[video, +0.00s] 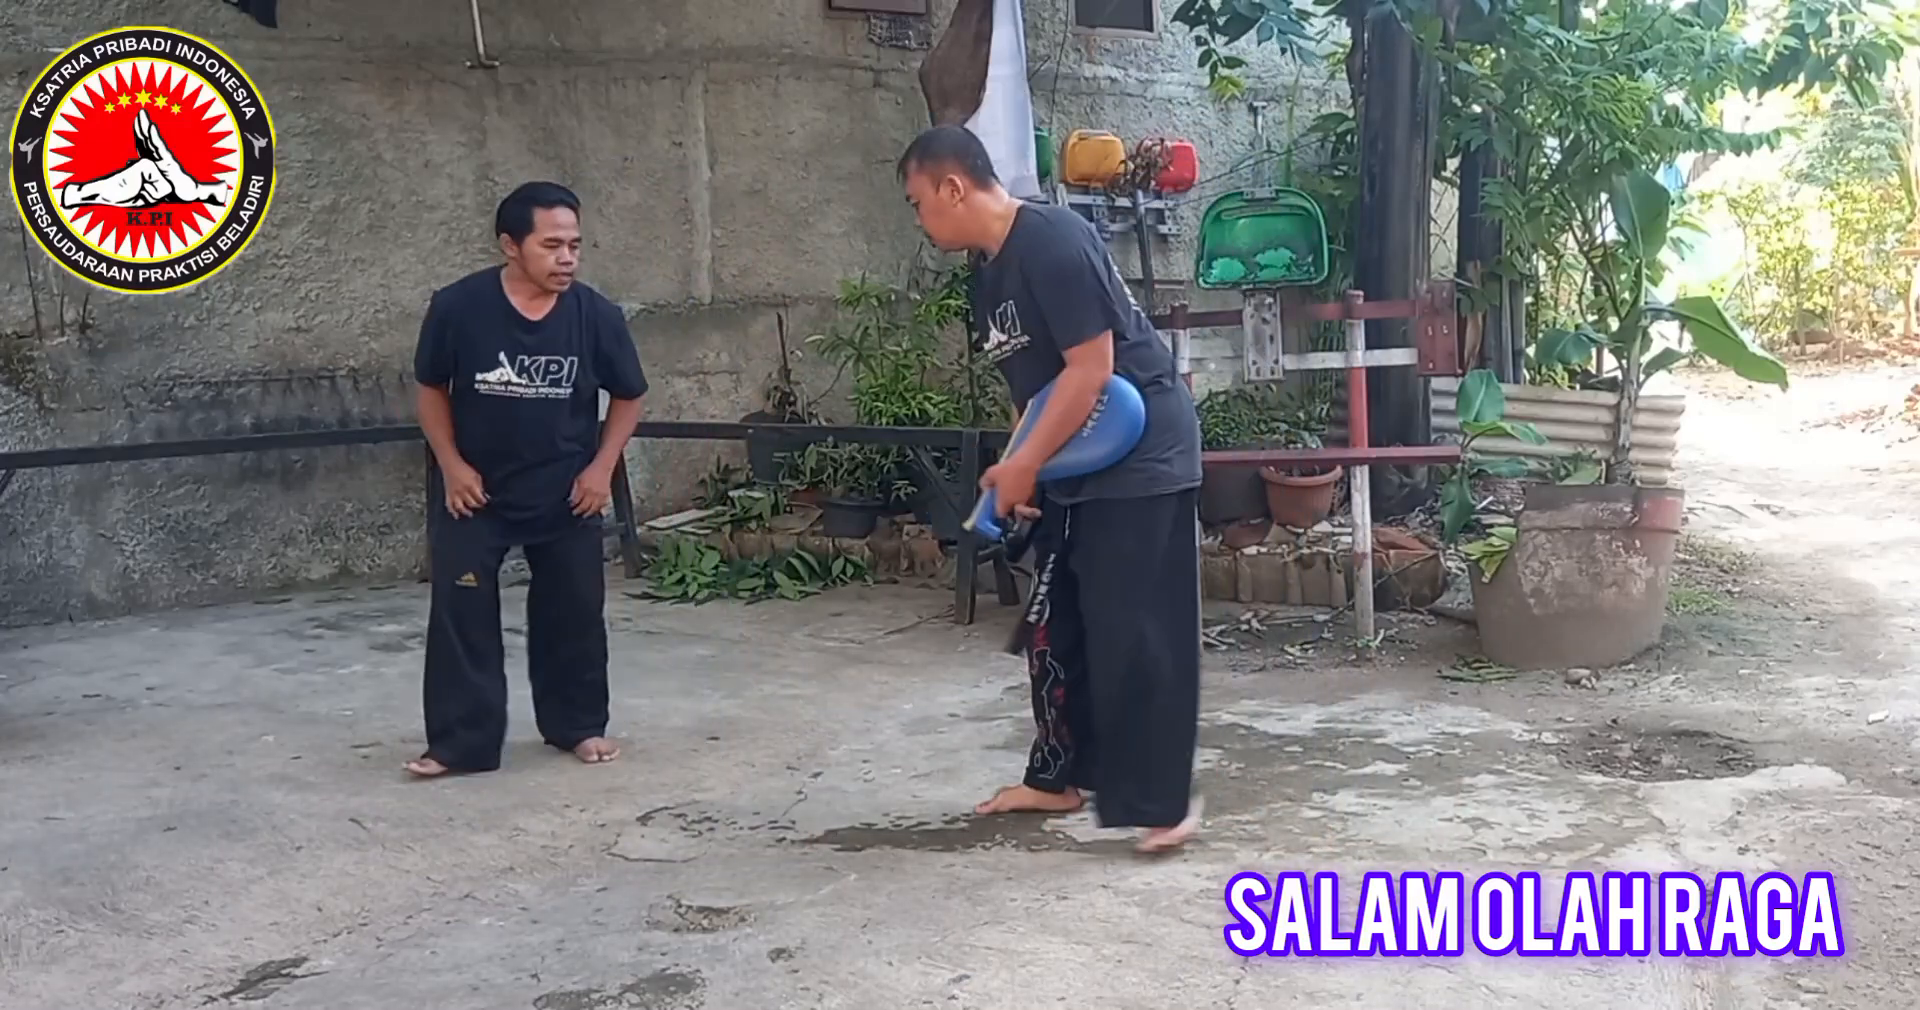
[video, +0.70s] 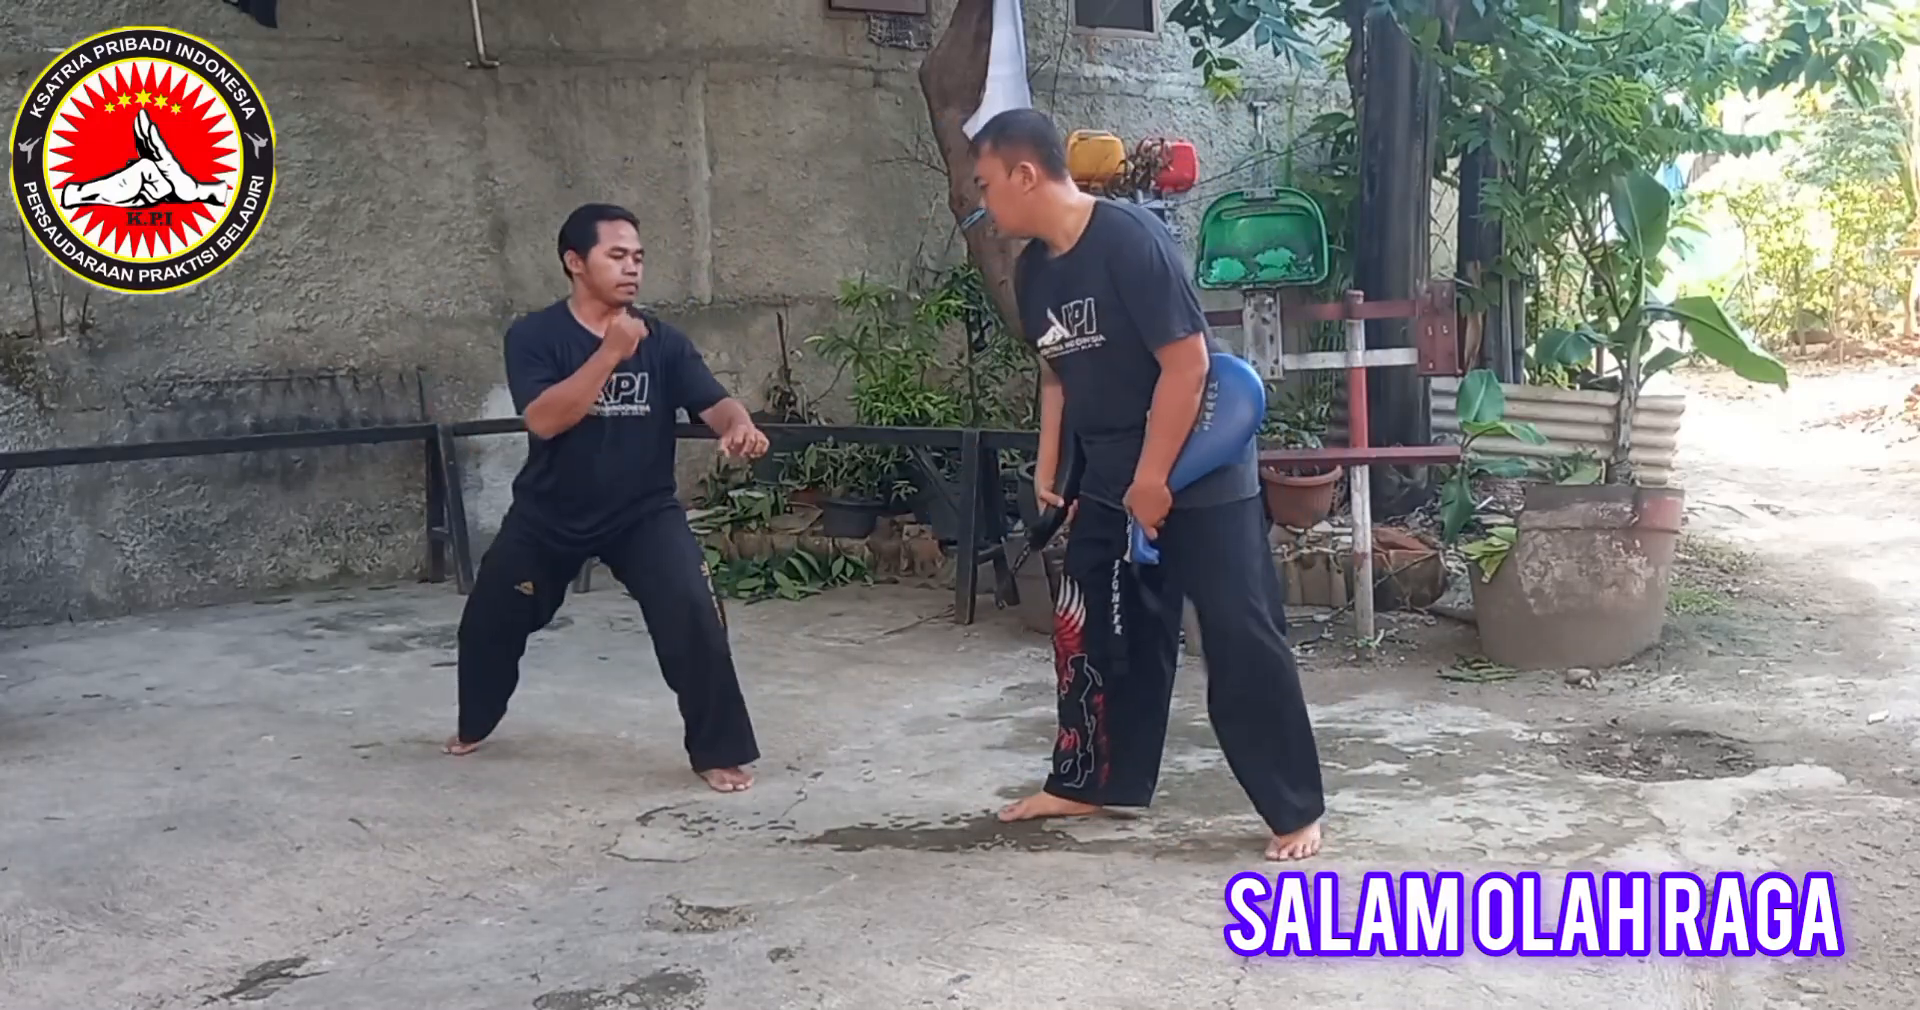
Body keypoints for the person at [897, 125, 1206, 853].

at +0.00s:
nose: (920, 225)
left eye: (920, 205)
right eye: (915, 208)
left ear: (954, 188)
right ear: (958, 189)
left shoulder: (1051, 239)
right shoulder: (990, 276)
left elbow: (1093, 368)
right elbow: (1031, 389)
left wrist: (1022, 463)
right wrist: (1021, 472)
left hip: (1144, 462)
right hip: (1078, 467)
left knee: (1139, 628)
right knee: (1059, 623)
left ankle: (1164, 804)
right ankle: (1058, 779)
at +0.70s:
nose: (983, 202)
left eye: (986, 184)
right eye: (980, 187)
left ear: (1027, 174)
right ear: (1031, 177)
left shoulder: (1132, 238)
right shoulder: (1034, 267)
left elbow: (1186, 364)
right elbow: (1056, 376)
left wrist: (1151, 474)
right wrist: (1049, 473)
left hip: (1198, 460)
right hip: (1106, 471)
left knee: (1240, 633)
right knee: (1106, 628)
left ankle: (1296, 810)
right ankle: (1095, 781)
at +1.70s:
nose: (1010, 211)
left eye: (1012, 193)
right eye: (1007, 196)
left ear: (1053, 186)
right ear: (1060, 186)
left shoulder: (1155, 254)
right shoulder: (1066, 272)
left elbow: (1213, 376)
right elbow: (1076, 372)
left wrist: (1143, 473)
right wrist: (1002, 430)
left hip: (1226, 498)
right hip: (1142, 502)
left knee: (1285, 649)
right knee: (1115, 645)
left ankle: (1362, 810)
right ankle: (1109, 789)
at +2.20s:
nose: (1030, 245)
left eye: (1032, 226)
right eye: (1025, 229)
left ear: (1077, 213)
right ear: (1072, 216)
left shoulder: (1186, 277)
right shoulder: (1073, 296)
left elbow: (1250, 390)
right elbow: (1027, 371)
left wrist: (1182, 487)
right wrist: (944, 331)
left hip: (1255, 497)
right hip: (1163, 501)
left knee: (1313, 651)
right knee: (1112, 636)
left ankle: (1402, 812)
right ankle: (1104, 789)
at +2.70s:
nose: (1120, 208)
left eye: (1125, 191)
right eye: (1116, 192)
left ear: (1175, 177)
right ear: (1167, 182)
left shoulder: (1277, 263)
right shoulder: (1161, 251)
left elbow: (1327, 387)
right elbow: (1123, 301)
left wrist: (1255, 478)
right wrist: (1039, 281)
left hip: (1315, 494)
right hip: (1220, 492)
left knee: (1362, 644)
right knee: (1192, 637)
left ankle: (1413, 816)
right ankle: (1186, 791)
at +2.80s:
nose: (1146, 202)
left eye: (1151, 186)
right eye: (1142, 188)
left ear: (1201, 174)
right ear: (1195, 176)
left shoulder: (1297, 261)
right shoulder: (1178, 240)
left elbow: (1348, 391)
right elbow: (1124, 275)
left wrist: (1277, 485)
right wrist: (1051, 238)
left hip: (1321, 484)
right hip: (1228, 482)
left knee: (1388, 643)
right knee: (1193, 634)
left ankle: (1490, 805)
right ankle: (1187, 791)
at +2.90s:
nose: (1203, 204)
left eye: (1209, 189)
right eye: (1199, 191)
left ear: (1262, 179)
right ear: (1251, 182)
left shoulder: (1362, 266)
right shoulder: (1221, 246)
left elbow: (1401, 399)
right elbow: (1151, 283)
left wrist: (1317, 479)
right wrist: (1082, 273)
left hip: (1372, 512)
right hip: (1266, 502)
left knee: (1451, 671)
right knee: (1221, 650)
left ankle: (1554, 841)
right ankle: (1187, 794)